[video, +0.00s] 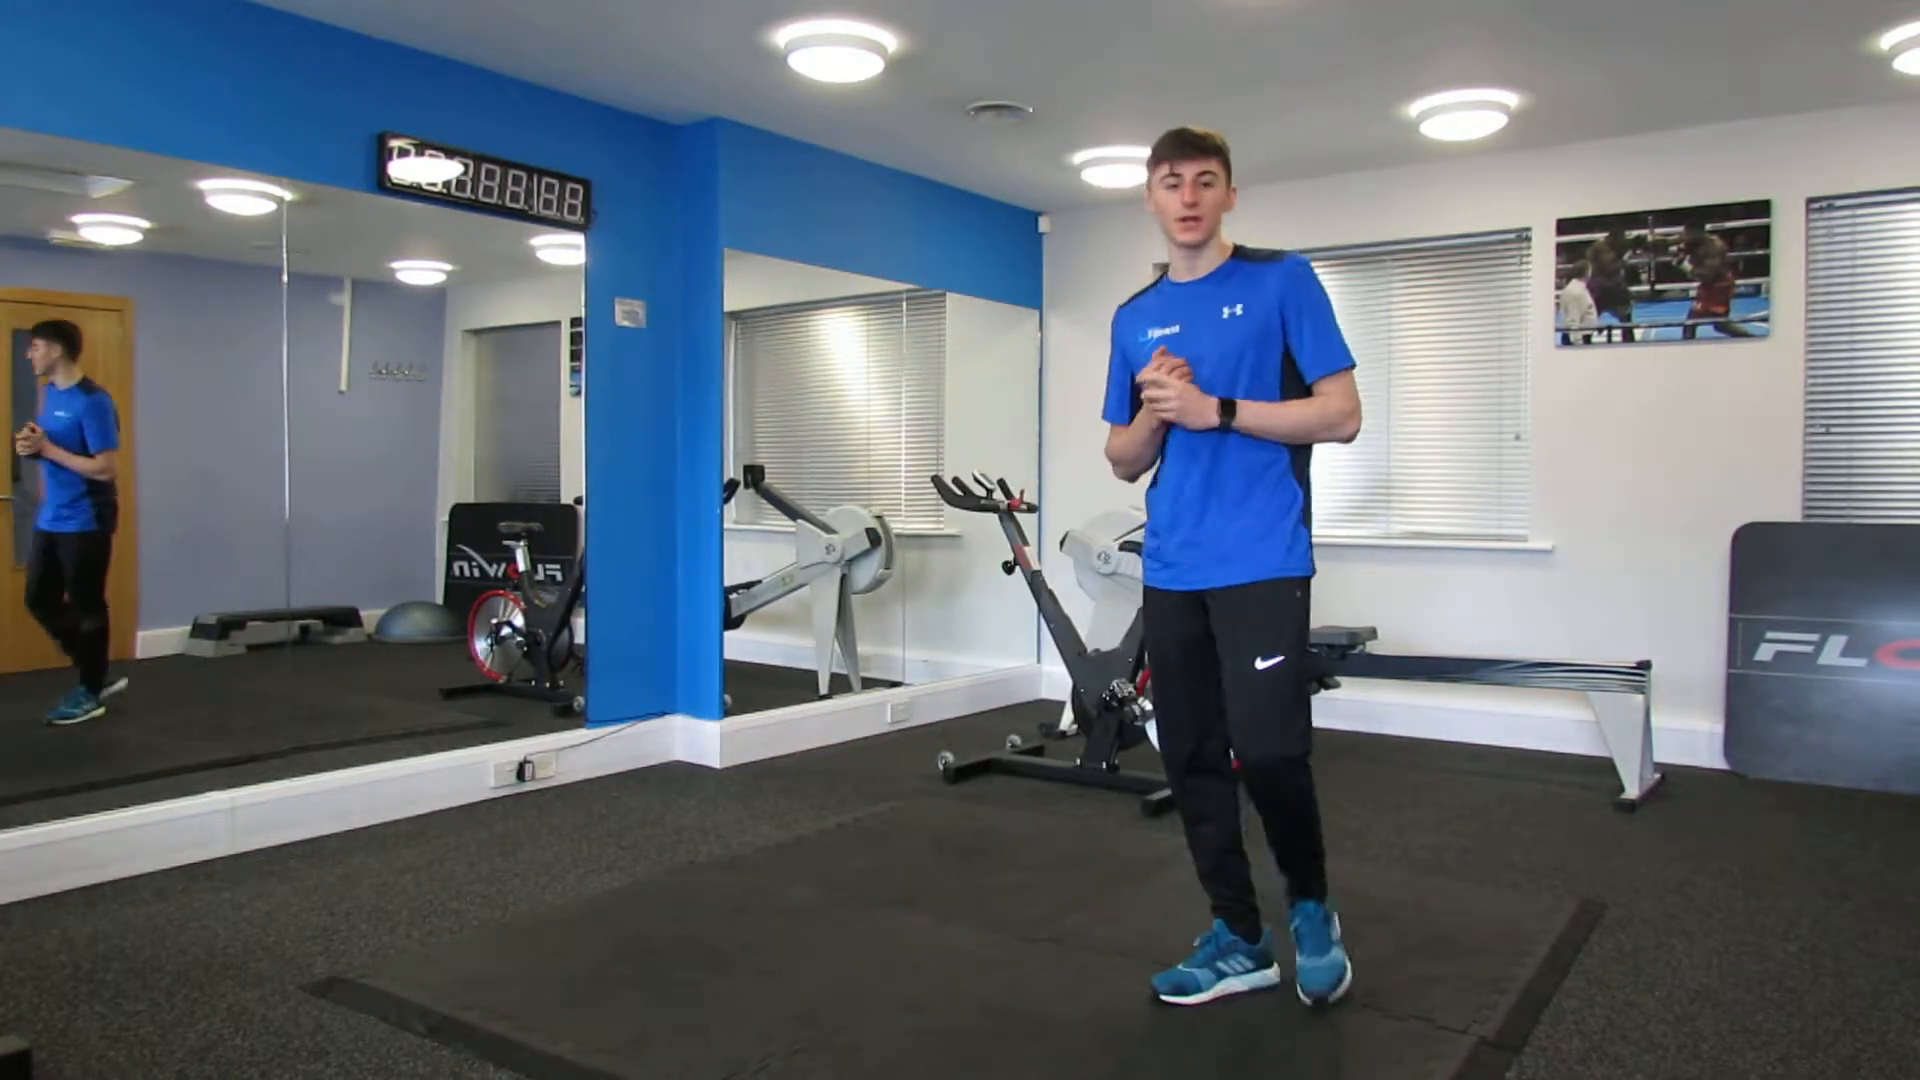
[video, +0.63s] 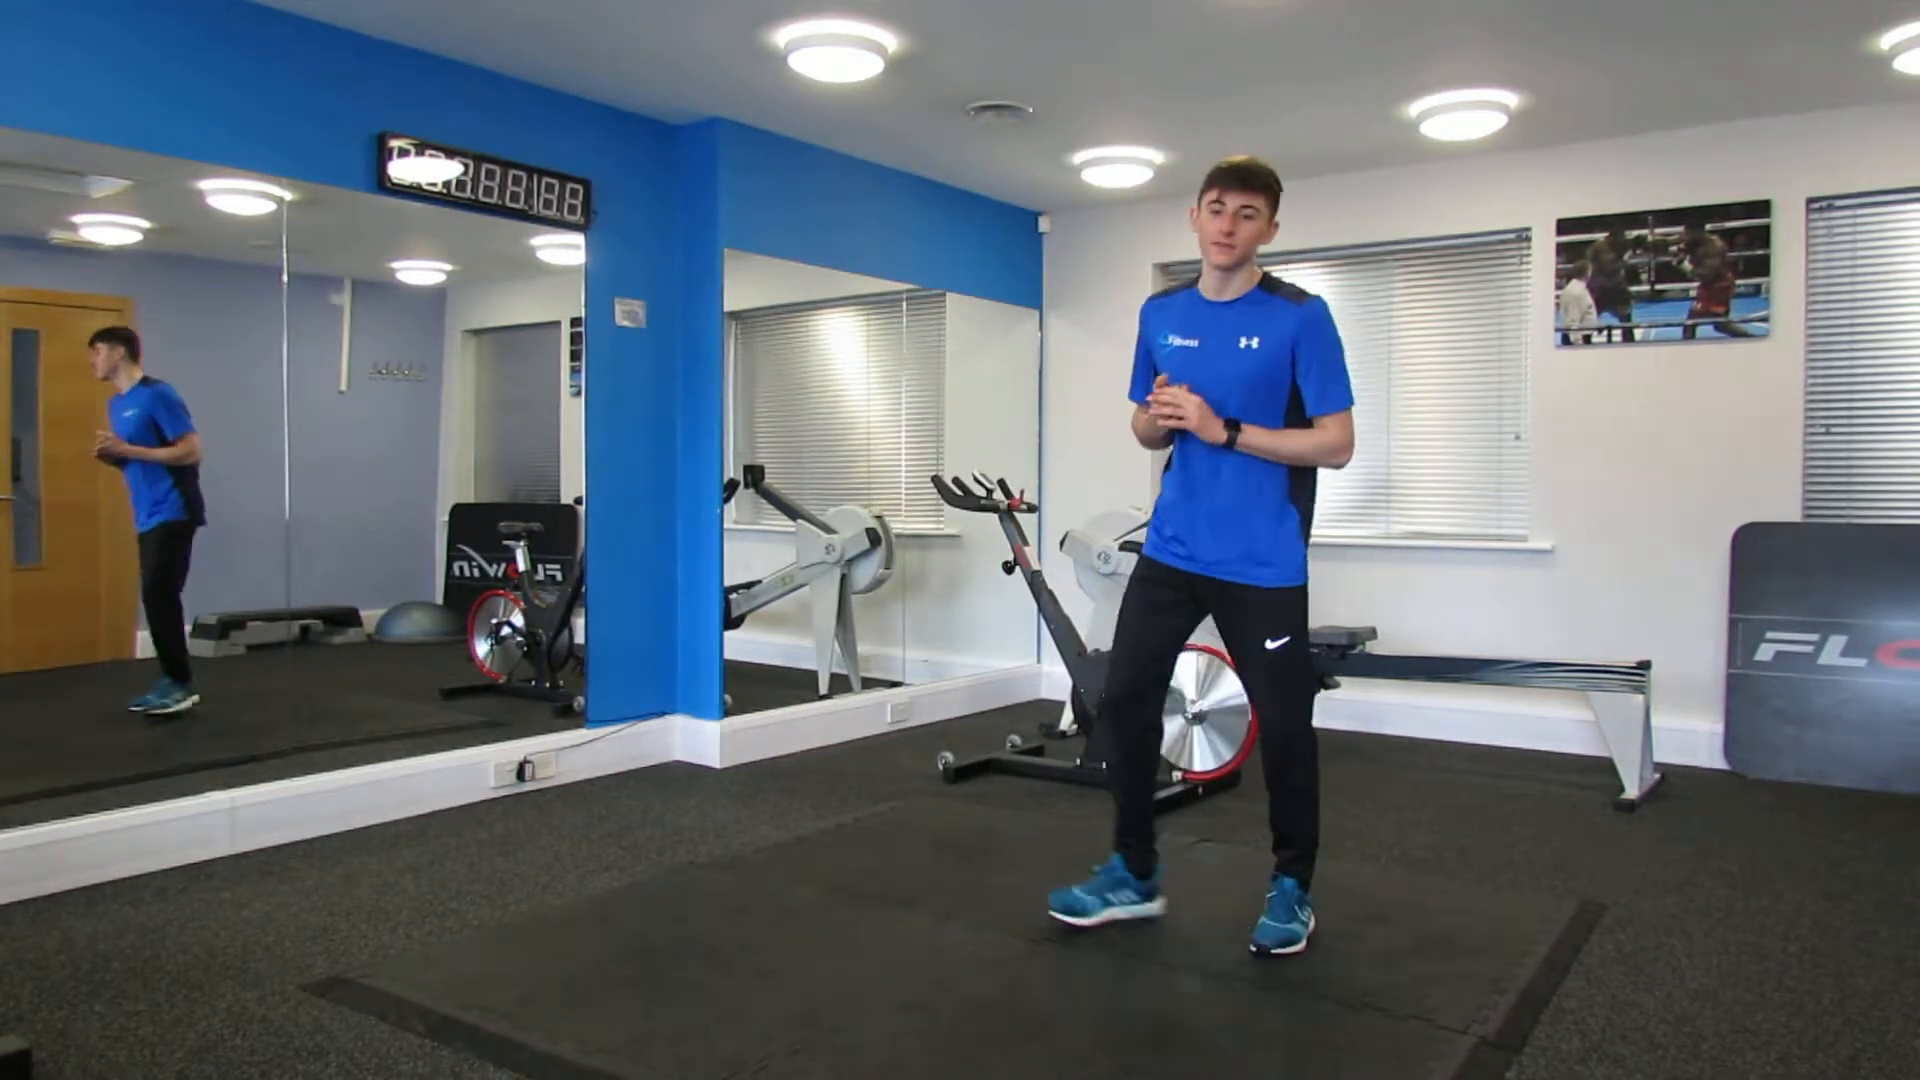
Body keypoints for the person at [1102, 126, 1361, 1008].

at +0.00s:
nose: (1187, 196)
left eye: (1203, 182)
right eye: (1171, 183)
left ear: (1230, 196)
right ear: (1150, 200)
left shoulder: (1283, 280)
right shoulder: (1133, 318)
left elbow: (1342, 412)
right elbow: (1122, 460)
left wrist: (1215, 408)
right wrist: (1154, 414)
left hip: (1262, 560)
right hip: (1171, 566)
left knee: (1268, 751)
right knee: (1194, 757)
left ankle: (1308, 911)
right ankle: (1238, 935)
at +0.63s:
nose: (1227, 226)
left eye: (1246, 215)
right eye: (1217, 210)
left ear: (1270, 230)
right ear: (1194, 219)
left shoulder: (1302, 318)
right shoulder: (1160, 316)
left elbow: (1338, 443)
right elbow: (1146, 434)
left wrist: (1229, 431)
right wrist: (1161, 416)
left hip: (1263, 564)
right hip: (1172, 552)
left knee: (1284, 725)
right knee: (1127, 697)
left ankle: (1290, 886)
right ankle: (1133, 869)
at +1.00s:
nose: (1118, 233)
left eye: (1135, 222)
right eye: (1111, 222)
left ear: (1169, 237)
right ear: (1100, 236)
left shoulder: (1200, 316)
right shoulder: (1090, 329)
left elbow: (1247, 435)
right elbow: (1086, 454)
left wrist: (1133, 427)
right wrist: (1069, 424)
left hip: (1183, 558)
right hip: (1112, 555)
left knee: (1206, 721)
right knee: (1095, 710)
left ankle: (1267, 879)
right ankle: (1096, 866)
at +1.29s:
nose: (1047, 235)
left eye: (1063, 221)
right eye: (1044, 224)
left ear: (1105, 232)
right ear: (1046, 240)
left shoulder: (1145, 310)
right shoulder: (1057, 333)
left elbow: (1175, 438)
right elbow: (1074, 444)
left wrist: (1071, 504)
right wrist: (1040, 508)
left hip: (1153, 550)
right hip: (1093, 550)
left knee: (1124, 712)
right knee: (1073, 705)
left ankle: (1158, 889)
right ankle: (1096, 867)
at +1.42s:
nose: (1035, 254)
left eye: (1052, 242)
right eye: (1034, 243)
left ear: (1095, 256)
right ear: (1044, 261)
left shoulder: (1132, 336)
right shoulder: (1057, 356)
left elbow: (1141, 471)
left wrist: (1104, 590)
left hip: (1137, 571)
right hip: (1083, 568)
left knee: (1093, 725)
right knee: (1042, 712)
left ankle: (1156, 894)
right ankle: (1095, 866)